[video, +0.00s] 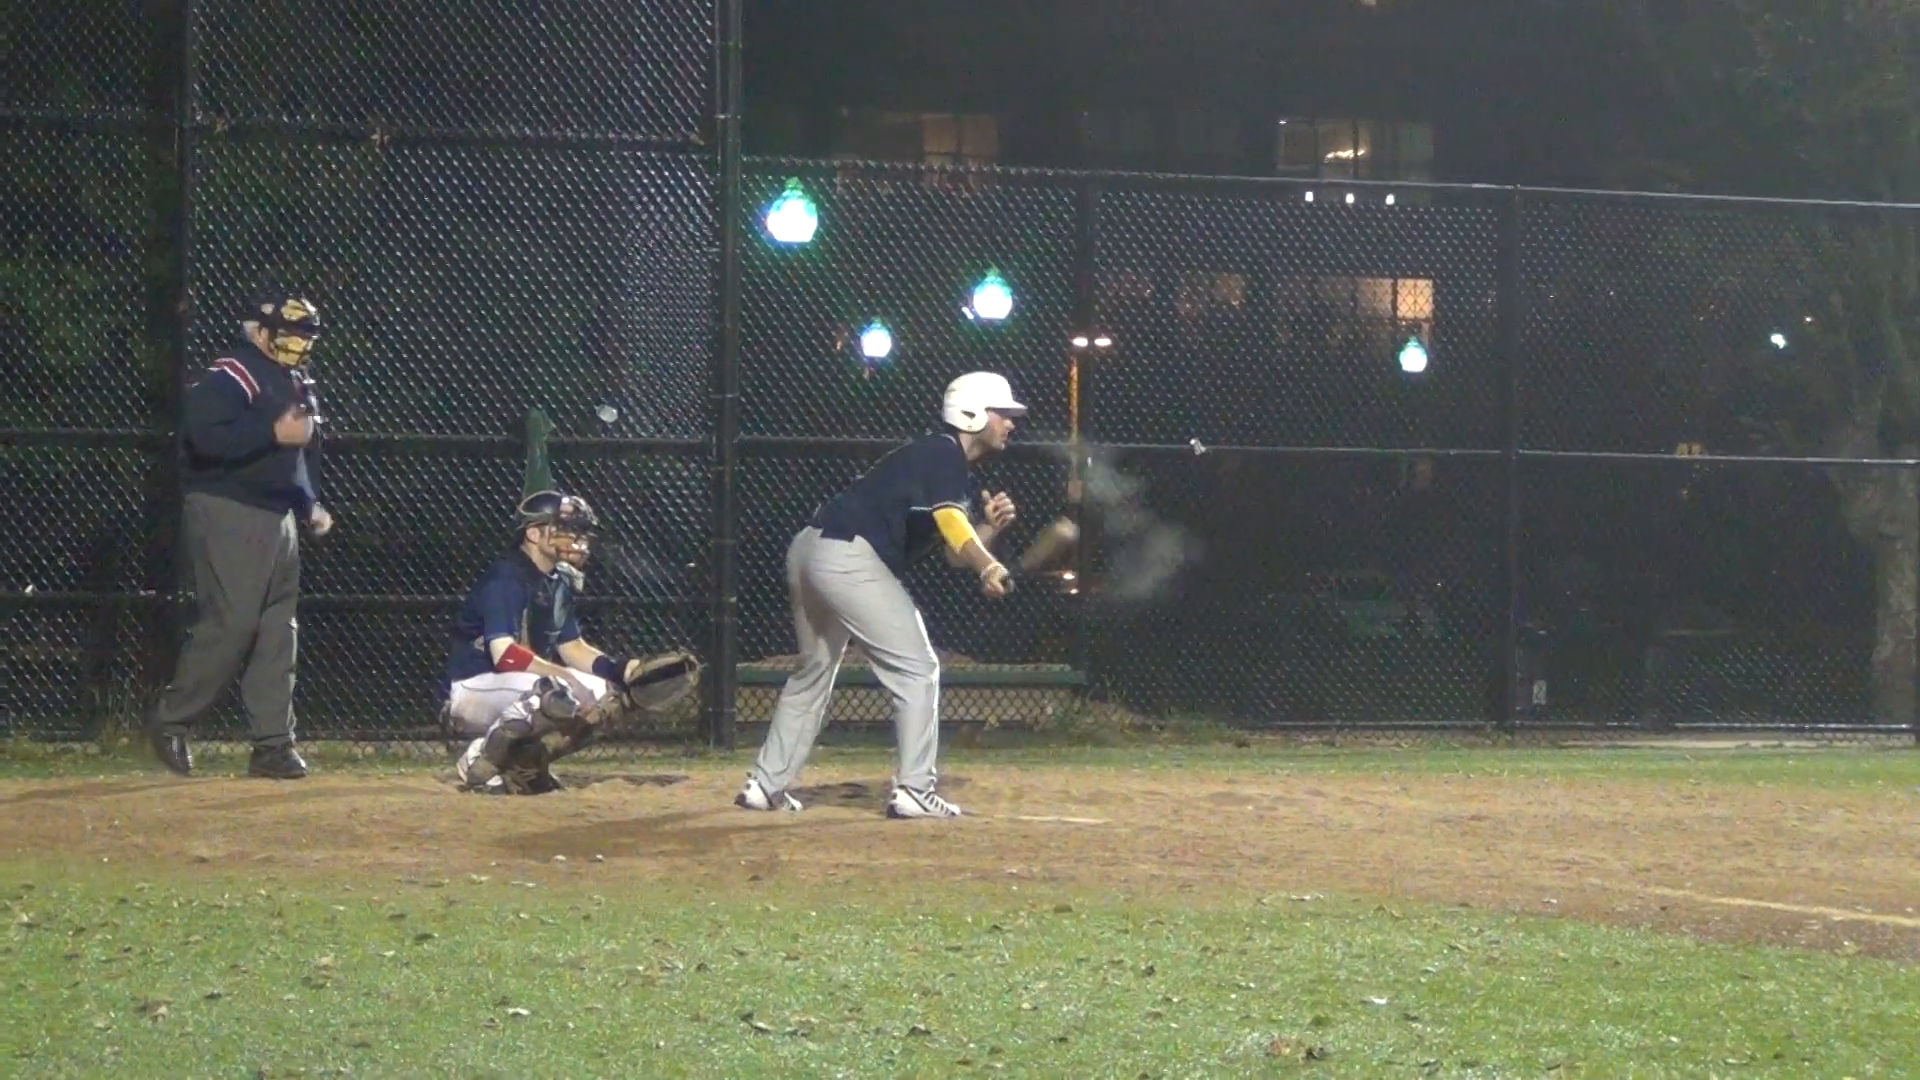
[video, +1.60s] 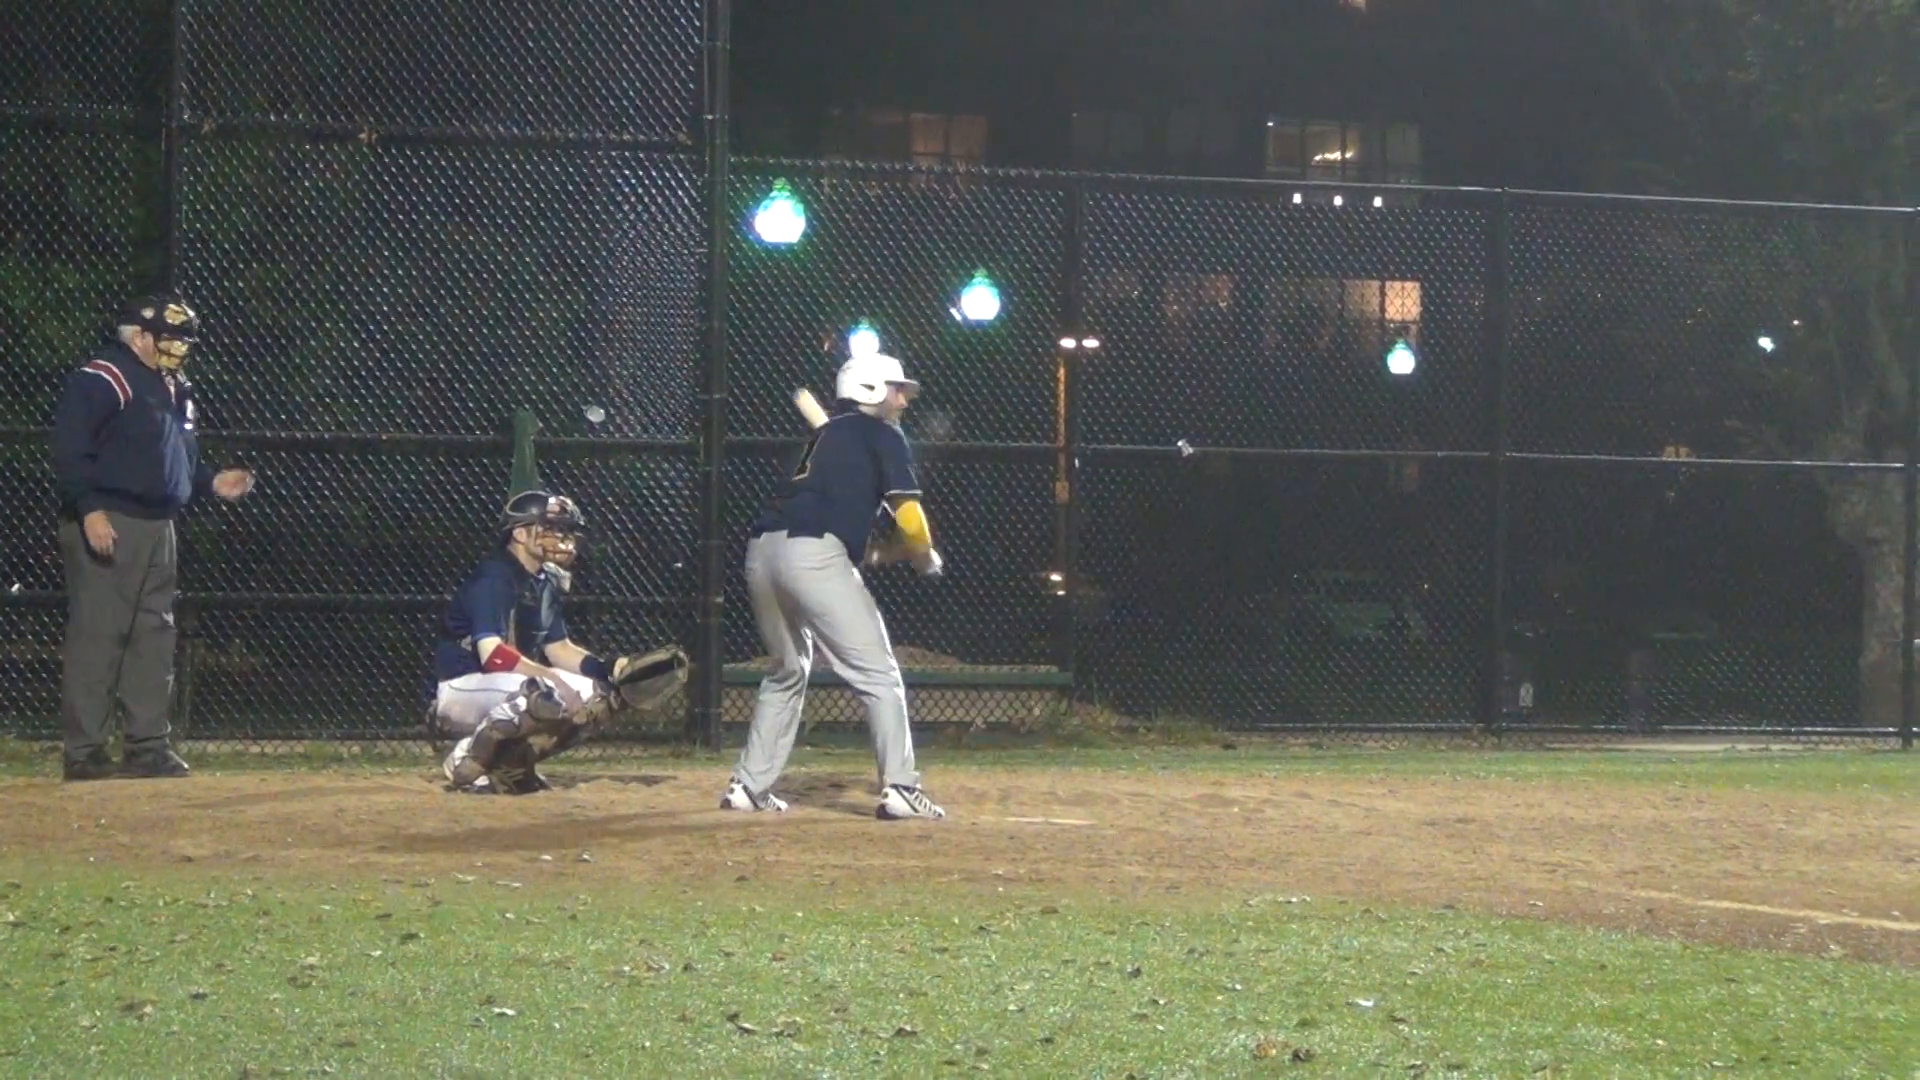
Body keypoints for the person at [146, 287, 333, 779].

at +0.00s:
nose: (296, 341)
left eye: (301, 334)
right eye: (287, 332)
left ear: (304, 336)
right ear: (258, 329)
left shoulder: (293, 381)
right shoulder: (228, 375)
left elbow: (294, 456)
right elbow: (208, 440)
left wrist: (309, 504)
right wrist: (274, 433)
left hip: (277, 520)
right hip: (227, 515)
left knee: (276, 631)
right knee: (231, 624)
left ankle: (273, 745)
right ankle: (170, 720)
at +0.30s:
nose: (263, 349)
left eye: (265, 340)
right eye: (252, 339)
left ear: (266, 343)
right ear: (220, 339)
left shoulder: (252, 391)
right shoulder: (190, 376)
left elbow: (241, 461)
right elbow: (214, 427)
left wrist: (255, 513)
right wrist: (246, 381)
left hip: (237, 524)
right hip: (185, 519)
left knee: (248, 632)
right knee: (167, 628)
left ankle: (269, 743)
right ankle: (136, 742)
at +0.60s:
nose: (221, 353)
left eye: (224, 345)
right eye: (213, 344)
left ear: (218, 347)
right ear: (185, 340)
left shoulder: (210, 387)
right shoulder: (151, 378)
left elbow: (204, 463)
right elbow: (154, 443)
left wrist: (234, 498)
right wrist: (209, 407)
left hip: (199, 527)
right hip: (144, 523)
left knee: (223, 621)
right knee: (138, 633)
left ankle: (231, 743)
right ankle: (129, 750)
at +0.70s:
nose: (216, 353)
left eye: (215, 344)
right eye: (209, 343)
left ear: (202, 346)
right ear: (185, 342)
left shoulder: (212, 394)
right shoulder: (143, 380)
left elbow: (213, 470)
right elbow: (127, 449)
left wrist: (250, 480)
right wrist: (196, 439)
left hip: (194, 528)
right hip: (138, 523)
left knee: (215, 621)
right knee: (136, 631)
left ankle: (190, 740)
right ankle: (127, 748)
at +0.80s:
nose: (218, 355)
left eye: (220, 348)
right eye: (212, 345)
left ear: (203, 347)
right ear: (184, 342)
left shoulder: (213, 399)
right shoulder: (141, 380)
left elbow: (220, 469)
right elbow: (105, 451)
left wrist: (264, 462)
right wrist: (166, 479)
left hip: (188, 529)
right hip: (133, 524)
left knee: (196, 629)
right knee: (135, 628)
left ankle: (168, 740)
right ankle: (127, 746)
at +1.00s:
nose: (221, 356)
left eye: (223, 348)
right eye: (215, 346)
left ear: (202, 347)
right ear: (189, 342)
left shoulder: (211, 395)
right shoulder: (143, 374)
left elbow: (225, 463)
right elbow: (86, 433)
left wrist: (273, 450)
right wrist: (95, 500)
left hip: (181, 526)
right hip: (134, 521)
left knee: (170, 633)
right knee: (136, 630)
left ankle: (161, 742)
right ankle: (127, 747)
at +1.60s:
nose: (176, 345)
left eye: (180, 338)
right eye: (168, 335)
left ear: (182, 341)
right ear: (140, 333)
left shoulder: (177, 390)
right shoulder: (103, 375)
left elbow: (180, 461)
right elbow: (70, 445)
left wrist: (213, 481)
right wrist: (89, 509)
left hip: (160, 528)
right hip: (106, 524)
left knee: (153, 636)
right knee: (97, 635)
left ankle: (147, 748)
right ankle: (84, 753)